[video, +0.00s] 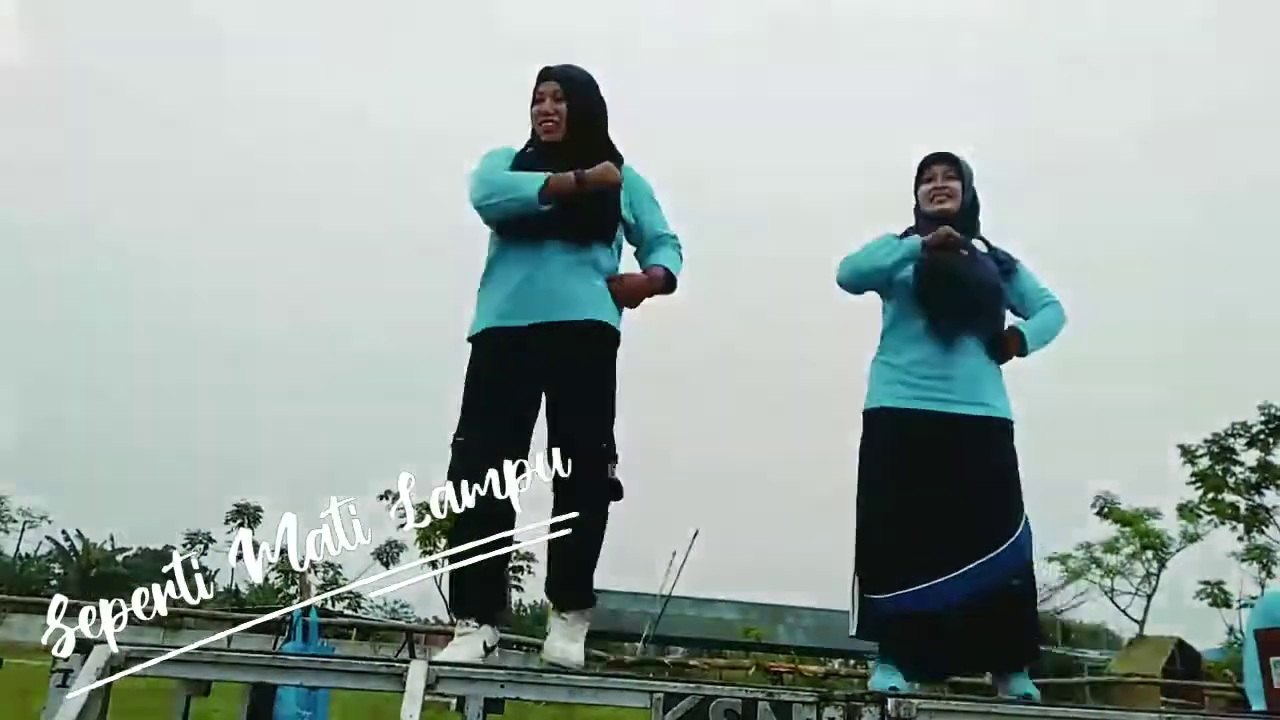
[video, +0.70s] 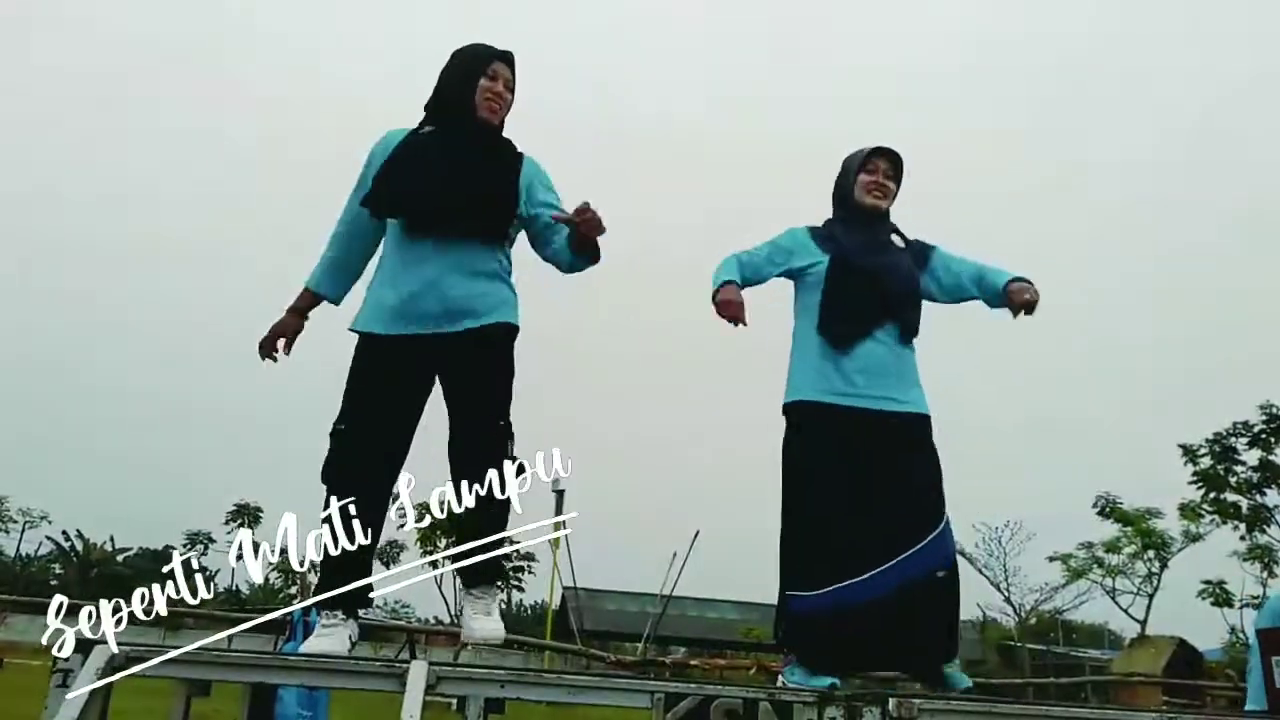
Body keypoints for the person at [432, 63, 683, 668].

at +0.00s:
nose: (546, 108)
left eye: (558, 99)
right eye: (539, 100)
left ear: (586, 108)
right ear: (529, 111)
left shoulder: (621, 177)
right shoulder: (503, 161)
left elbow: (663, 244)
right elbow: (486, 197)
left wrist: (652, 278)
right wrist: (577, 181)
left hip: (585, 325)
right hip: (503, 325)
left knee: (584, 469)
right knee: (481, 467)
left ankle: (569, 614)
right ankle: (476, 619)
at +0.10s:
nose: (526, 117)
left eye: (538, 108)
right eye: (522, 109)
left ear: (569, 115)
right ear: (515, 120)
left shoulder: (609, 181)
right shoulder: (497, 171)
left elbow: (657, 248)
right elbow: (495, 195)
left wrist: (635, 282)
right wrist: (585, 179)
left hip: (568, 321)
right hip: (491, 321)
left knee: (542, 463)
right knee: (461, 455)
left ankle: (526, 621)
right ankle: (471, 617)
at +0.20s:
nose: (519, 126)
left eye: (529, 116)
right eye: (514, 119)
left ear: (561, 119)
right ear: (511, 130)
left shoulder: (603, 186)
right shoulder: (504, 185)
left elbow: (655, 258)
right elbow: (476, 185)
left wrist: (624, 288)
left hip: (558, 333)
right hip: (477, 331)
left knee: (543, 478)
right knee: (413, 458)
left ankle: (525, 625)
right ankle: (460, 598)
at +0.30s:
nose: (524, 116)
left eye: (536, 107)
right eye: (517, 108)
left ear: (563, 114)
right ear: (509, 119)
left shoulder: (597, 183)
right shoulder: (484, 167)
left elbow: (642, 254)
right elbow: (403, 153)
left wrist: (622, 286)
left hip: (554, 326)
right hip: (470, 321)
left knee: (543, 475)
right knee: (401, 440)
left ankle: (527, 619)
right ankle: (419, 593)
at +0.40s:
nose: (515, 95)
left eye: (529, 87)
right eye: (508, 87)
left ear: (555, 98)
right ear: (498, 98)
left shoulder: (583, 172)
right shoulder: (466, 150)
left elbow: (612, 249)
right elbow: (375, 166)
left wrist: (616, 284)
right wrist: (267, 166)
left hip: (541, 324)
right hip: (457, 315)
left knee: (536, 471)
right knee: (396, 448)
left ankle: (526, 618)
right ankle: (358, 595)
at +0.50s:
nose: (509, 87)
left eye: (522, 81)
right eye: (501, 78)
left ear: (540, 98)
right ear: (484, 88)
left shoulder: (557, 172)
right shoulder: (444, 144)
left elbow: (571, 260)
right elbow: (377, 192)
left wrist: (600, 298)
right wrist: (301, 228)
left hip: (524, 328)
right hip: (438, 321)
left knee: (527, 473)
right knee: (383, 460)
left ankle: (525, 620)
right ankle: (340, 609)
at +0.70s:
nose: (502, 94)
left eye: (508, 89)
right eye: (492, 82)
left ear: (510, 103)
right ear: (458, 82)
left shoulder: (518, 167)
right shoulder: (398, 146)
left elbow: (557, 247)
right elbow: (353, 234)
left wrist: (582, 239)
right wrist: (299, 310)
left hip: (482, 324)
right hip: (393, 323)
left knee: (482, 458)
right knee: (359, 463)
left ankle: (481, 593)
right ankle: (340, 609)